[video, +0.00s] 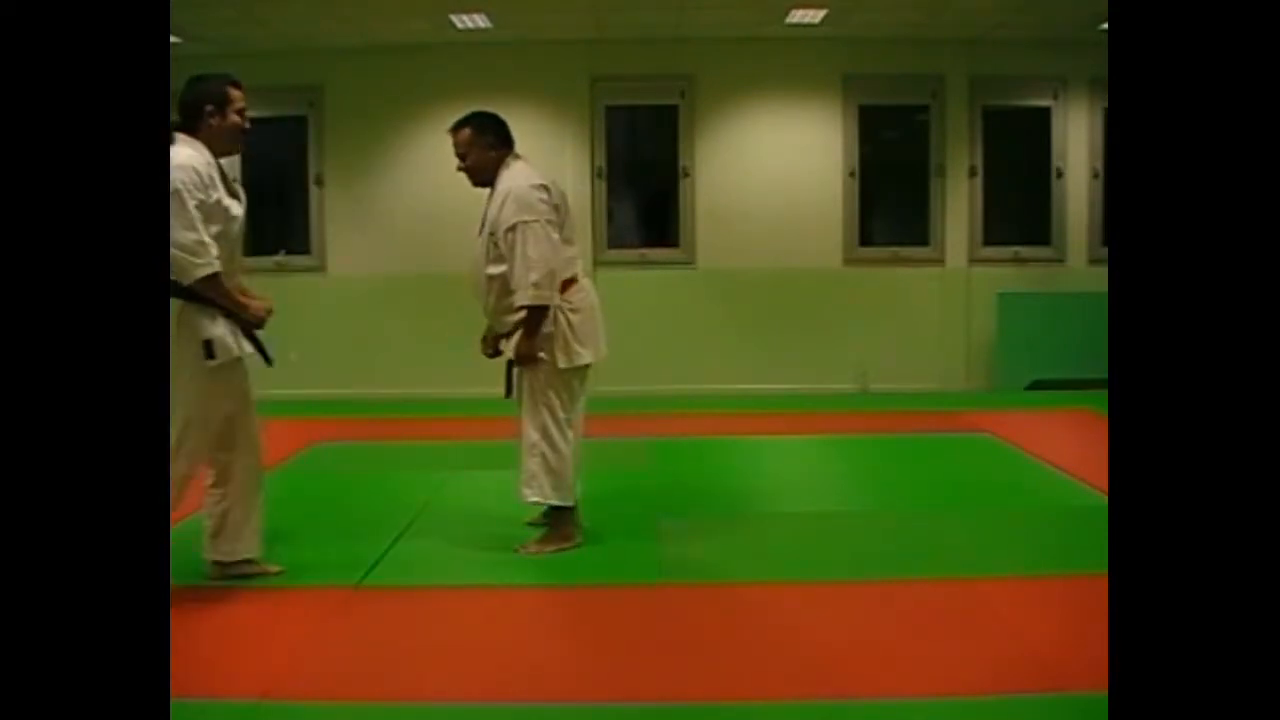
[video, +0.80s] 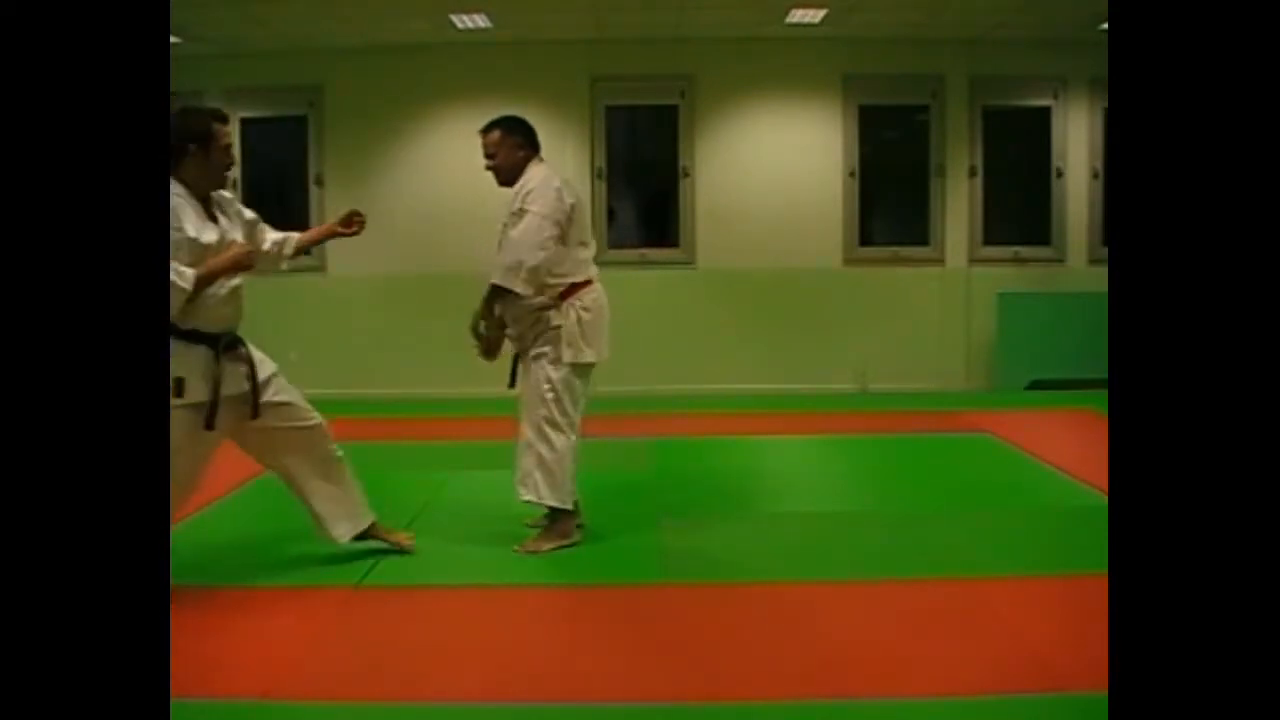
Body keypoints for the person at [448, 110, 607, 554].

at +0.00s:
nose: (460, 166)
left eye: (465, 155)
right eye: (459, 156)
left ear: (493, 149)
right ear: (492, 151)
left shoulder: (521, 193)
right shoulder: (508, 190)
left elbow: (540, 273)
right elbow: (513, 271)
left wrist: (528, 335)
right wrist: (497, 324)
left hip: (554, 326)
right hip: (542, 324)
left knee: (549, 422)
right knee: (547, 420)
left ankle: (563, 520)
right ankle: (559, 511)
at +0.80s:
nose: (488, 164)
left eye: (494, 153)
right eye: (486, 155)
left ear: (521, 150)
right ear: (518, 153)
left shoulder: (544, 190)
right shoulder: (528, 192)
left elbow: (516, 261)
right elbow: (511, 263)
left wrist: (487, 314)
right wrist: (493, 316)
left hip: (566, 316)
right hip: (549, 317)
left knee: (550, 416)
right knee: (546, 415)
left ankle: (562, 518)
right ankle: (559, 509)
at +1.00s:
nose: (500, 168)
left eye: (507, 159)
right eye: (498, 160)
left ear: (535, 154)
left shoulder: (557, 187)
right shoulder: (526, 202)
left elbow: (504, 225)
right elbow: (498, 273)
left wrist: (459, 221)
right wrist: (448, 297)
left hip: (581, 320)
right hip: (552, 325)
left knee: (562, 418)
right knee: (546, 419)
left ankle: (565, 519)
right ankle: (563, 511)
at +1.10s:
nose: (507, 169)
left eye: (514, 159)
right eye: (504, 161)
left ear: (541, 156)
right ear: (516, 160)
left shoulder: (566, 188)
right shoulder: (527, 199)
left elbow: (507, 208)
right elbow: (492, 256)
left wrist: (456, 186)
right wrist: (427, 267)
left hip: (584, 322)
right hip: (548, 328)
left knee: (566, 415)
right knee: (546, 418)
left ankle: (569, 516)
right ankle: (559, 508)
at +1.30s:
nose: (526, 173)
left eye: (532, 163)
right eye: (520, 167)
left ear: (557, 159)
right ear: (517, 169)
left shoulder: (590, 188)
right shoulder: (519, 206)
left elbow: (554, 199)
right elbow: (493, 245)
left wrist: (502, 176)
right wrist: (449, 239)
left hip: (585, 324)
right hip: (538, 329)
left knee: (572, 411)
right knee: (541, 419)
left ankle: (592, 511)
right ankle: (568, 505)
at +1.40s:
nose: (529, 179)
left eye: (535, 169)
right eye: (524, 171)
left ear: (560, 161)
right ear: (520, 171)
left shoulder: (597, 190)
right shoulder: (519, 212)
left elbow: (581, 215)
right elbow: (489, 271)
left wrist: (523, 199)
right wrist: (491, 252)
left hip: (585, 330)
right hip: (538, 333)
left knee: (579, 425)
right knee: (540, 426)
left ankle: (593, 514)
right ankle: (567, 504)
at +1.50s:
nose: (530, 182)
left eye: (538, 173)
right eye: (525, 174)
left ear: (564, 165)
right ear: (521, 173)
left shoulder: (599, 192)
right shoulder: (524, 211)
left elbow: (599, 221)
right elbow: (508, 263)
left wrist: (540, 213)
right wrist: (544, 267)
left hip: (587, 334)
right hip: (539, 338)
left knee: (579, 420)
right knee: (527, 426)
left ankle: (593, 514)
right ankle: (563, 499)